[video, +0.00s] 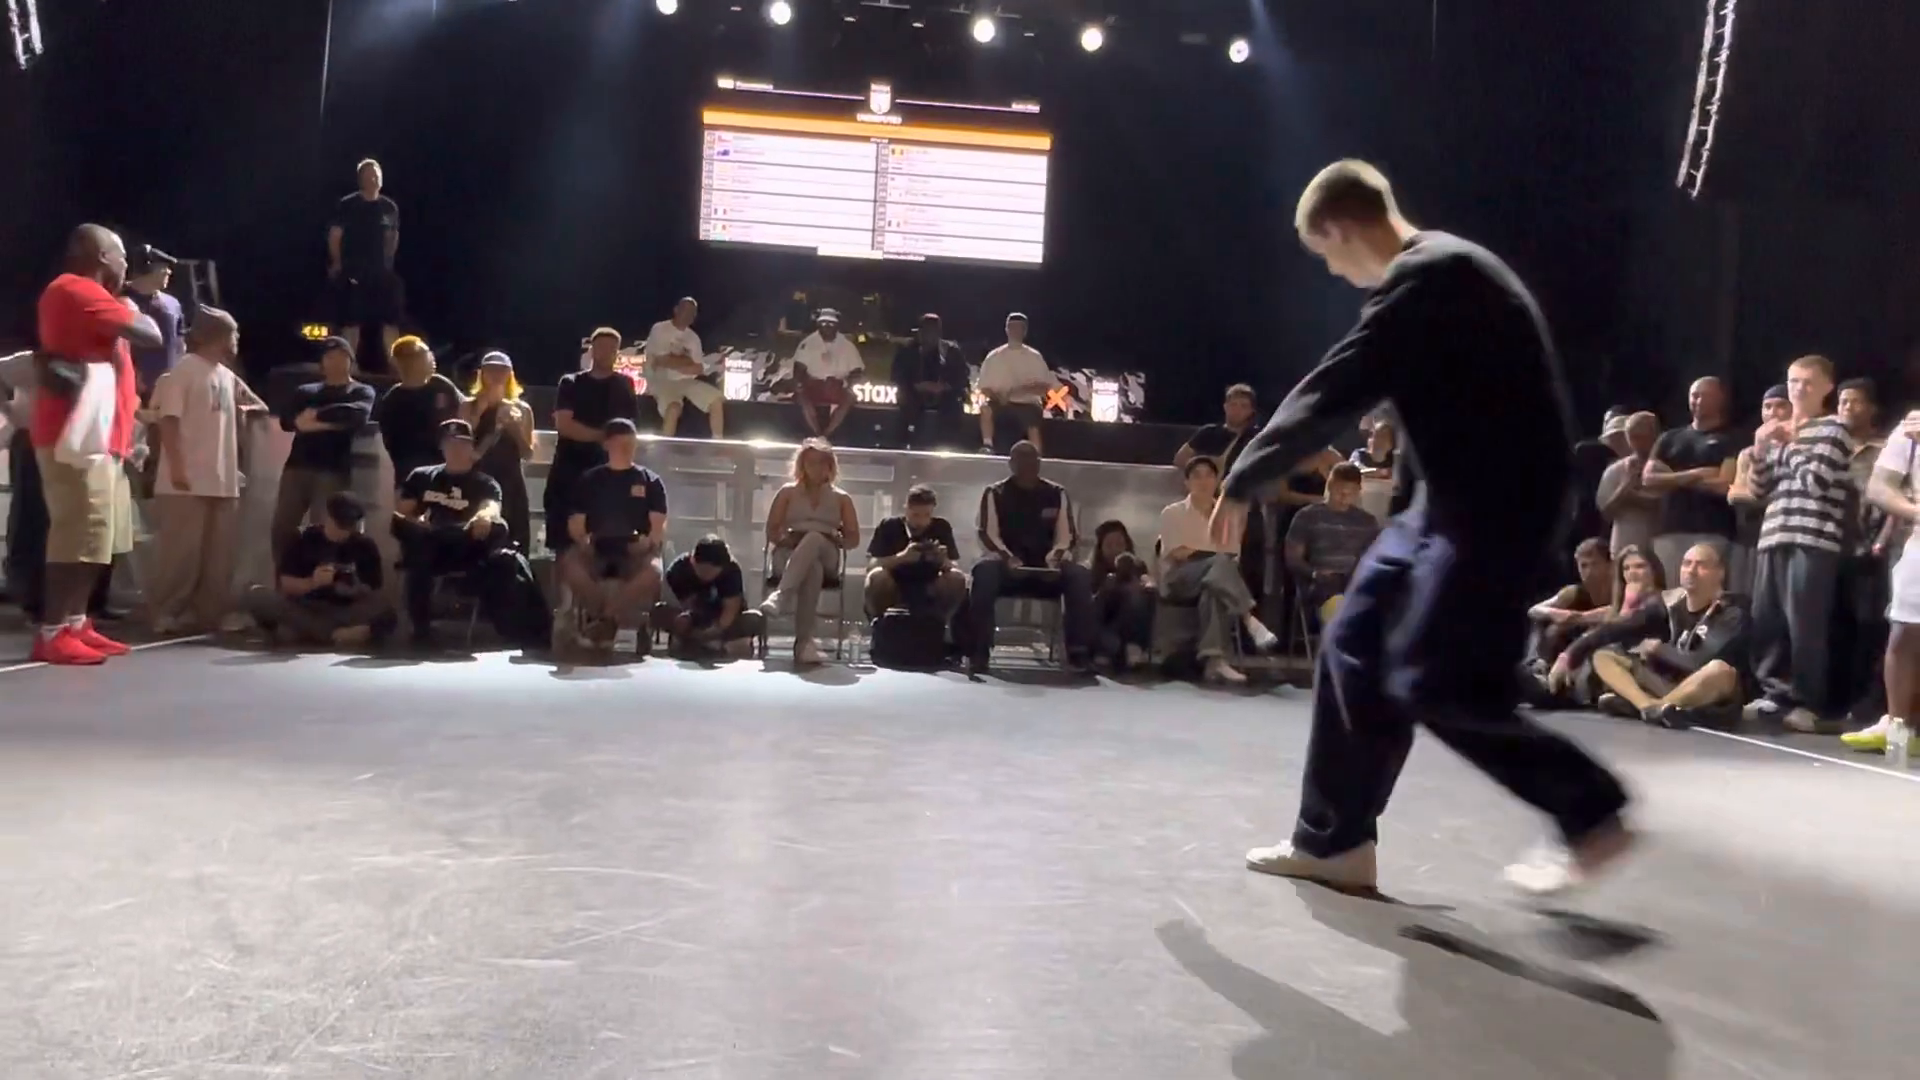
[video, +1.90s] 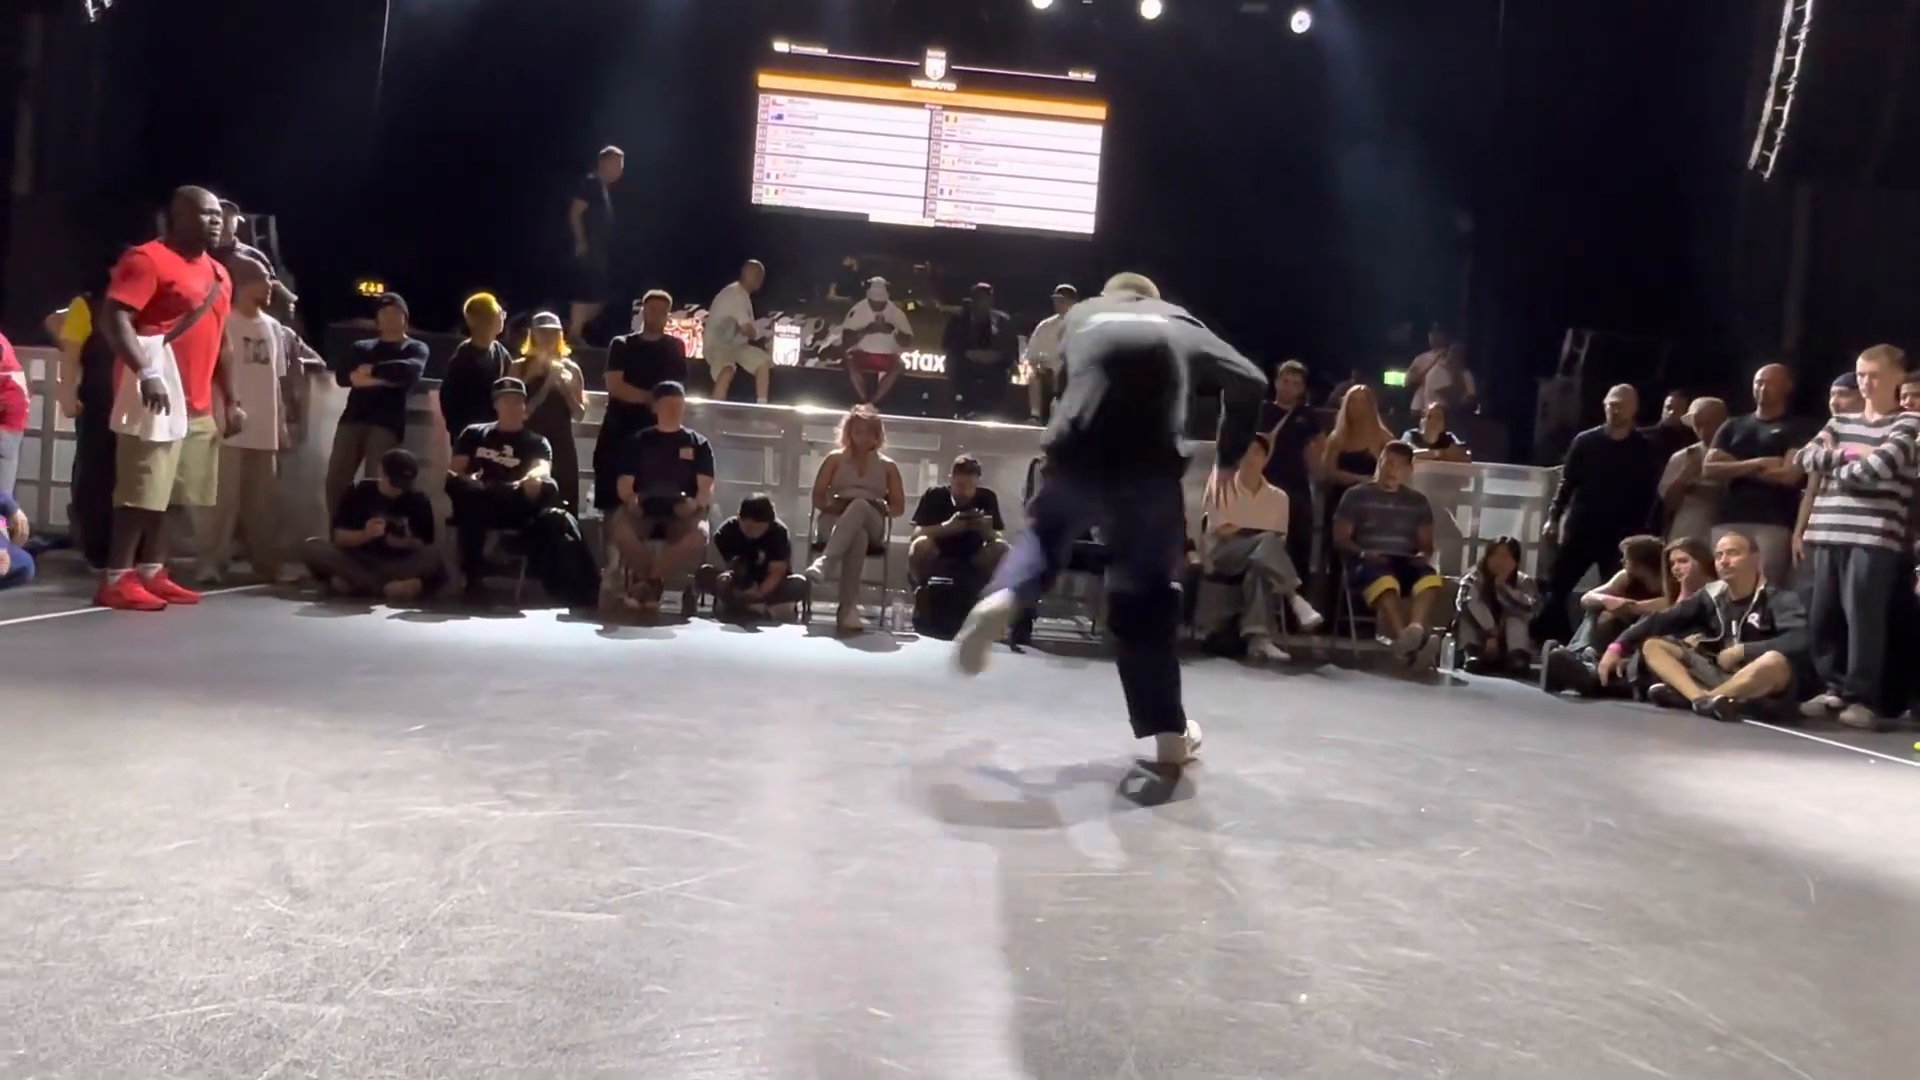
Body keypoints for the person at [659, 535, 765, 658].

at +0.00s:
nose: (710, 576)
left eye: (715, 571)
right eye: (706, 570)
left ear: (722, 565)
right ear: (695, 561)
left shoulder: (731, 570)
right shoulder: (676, 572)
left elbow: (732, 608)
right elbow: (687, 605)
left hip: (722, 611)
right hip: (695, 613)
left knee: (754, 619)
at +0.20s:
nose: (722, 568)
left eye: (727, 564)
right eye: (718, 563)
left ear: (734, 557)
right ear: (706, 552)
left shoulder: (741, 561)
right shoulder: (687, 563)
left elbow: (743, 599)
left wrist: (729, 620)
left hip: (731, 605)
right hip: (704, 606)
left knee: (764, 611)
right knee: (669, 604)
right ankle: (727, 637)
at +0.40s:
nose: (730, 558)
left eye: (735, 554)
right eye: (726, 553)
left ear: (742, 548)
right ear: (715, 544)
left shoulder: (750, 554)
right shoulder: (697, 555)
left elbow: (751, 591)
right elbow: (706, 588)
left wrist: (737, 612)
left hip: (740, 596)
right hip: (713, 597)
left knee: (772, 604)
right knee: (677, 596)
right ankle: (738, 630)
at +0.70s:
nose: (738, 548)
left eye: (743, 543)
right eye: (734, 542)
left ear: (751, 538)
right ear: (723, 534)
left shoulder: (760, 546)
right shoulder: (706, 548)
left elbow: (760, 585)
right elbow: (714, 583)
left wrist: (746, 605)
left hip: (750, 593)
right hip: (722, 594)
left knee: (782, 598)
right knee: (687, 589)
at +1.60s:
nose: (747, 536)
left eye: (753, 532)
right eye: (743, 530)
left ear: (763, 527)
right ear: (735, 522)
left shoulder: (774, 537)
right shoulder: (720, 538)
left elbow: (773, 576)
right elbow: (724, 572)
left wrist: (756, 598)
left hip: (763, 583)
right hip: (735, 584)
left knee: (796, 589)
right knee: (700, 579)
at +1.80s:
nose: (751, 533)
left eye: (756, 529)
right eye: (747, 528)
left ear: (766, 524)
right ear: (738, 519)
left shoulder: (777, 533)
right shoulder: (723, 534)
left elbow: (776, 572)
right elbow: (726, 568)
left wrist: (759, 593)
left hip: (766, 581)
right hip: (738, 582)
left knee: (798, 585)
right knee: (703, 574)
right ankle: (762, 611)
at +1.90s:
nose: (751, 532)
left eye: (757, 528)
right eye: (747, 526)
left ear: (767, 523)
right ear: (739, 518)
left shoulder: (778, 532)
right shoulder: (724, 533)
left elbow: (778, 570)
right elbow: (732, 567)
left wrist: (760, 592)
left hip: (768, 580)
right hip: (740, 581)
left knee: (800, 583)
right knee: (704, 573)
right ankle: (762, 609)